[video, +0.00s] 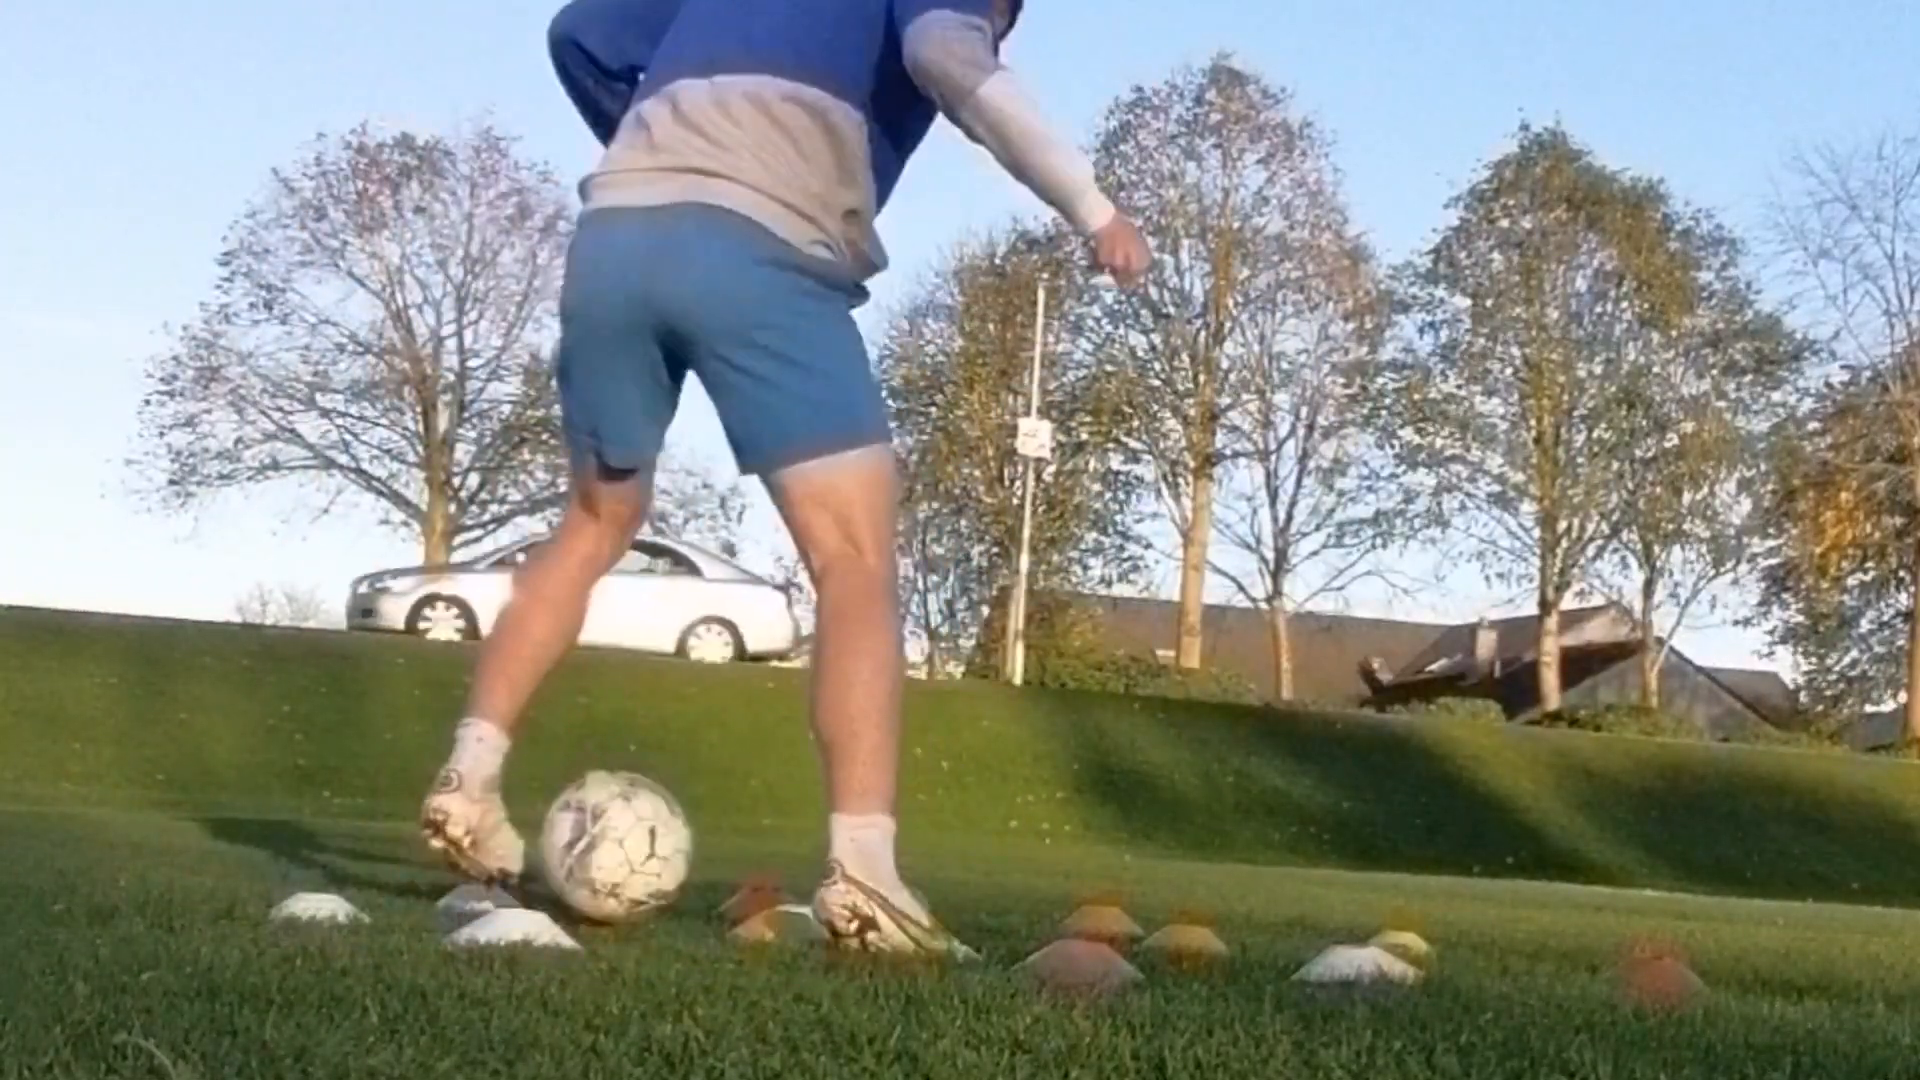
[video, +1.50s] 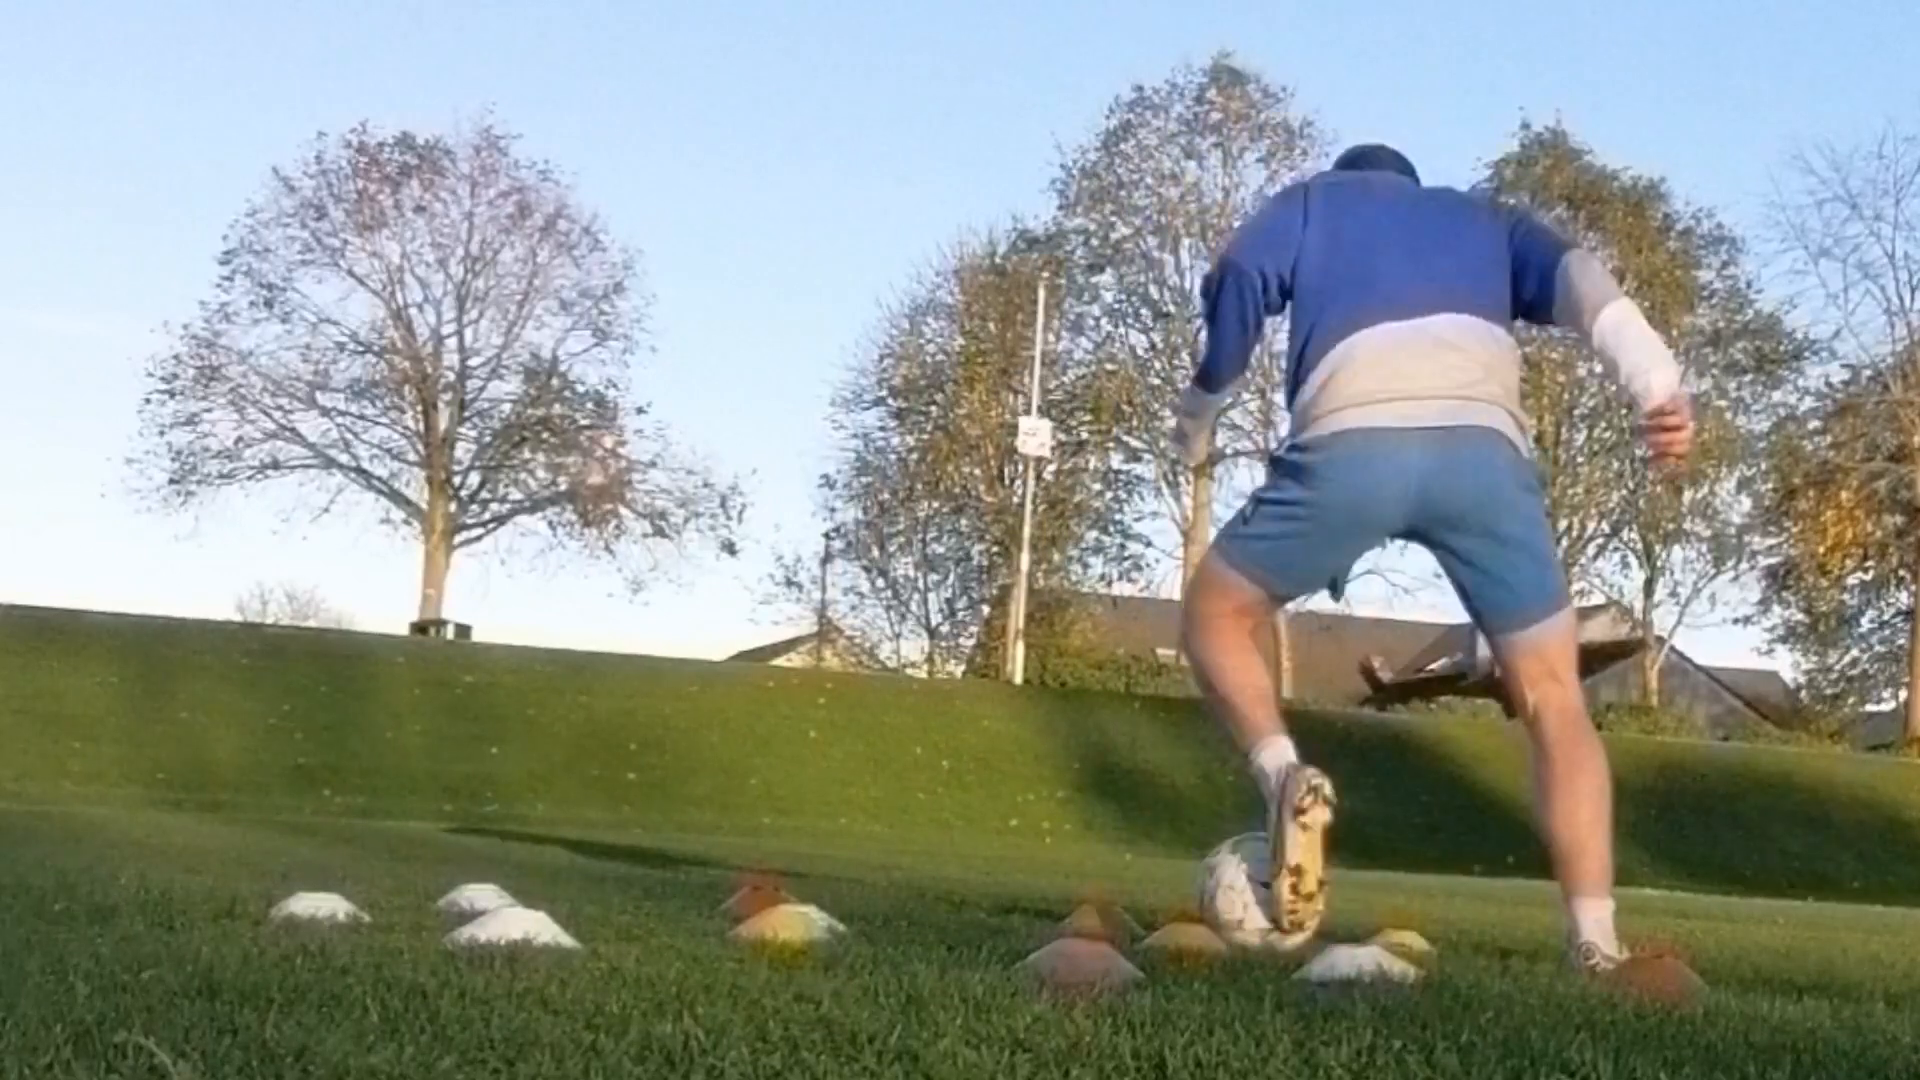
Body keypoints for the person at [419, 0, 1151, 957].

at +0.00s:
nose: (1002, 39)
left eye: (1008, 27)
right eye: (1004, 21)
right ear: (978, 6)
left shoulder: (719, 8)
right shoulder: (935, 5)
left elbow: (578, 34)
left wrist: (662, 155)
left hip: (611, 240)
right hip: (760, 252)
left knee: (594, 513)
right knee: (852, 557)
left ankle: (466, 782)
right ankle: (865, 875)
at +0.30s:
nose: (925, 55)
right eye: (921, 39)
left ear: (809, 16)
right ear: (889, 23)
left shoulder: (698, 68)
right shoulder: (876, 21)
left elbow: (566, 154)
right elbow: (901, 72)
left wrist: (595, 320)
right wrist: (992, 193)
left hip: (613, 327)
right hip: (737, 334)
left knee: (576, 601)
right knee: (852, 598)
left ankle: (424, 861)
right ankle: (676, 839)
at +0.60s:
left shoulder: (841, 16)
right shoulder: (1029, 4)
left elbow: (768, 128)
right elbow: (1027, 98)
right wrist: (1092, 227)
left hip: (792, 296)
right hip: (922, 289)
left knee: (750, 574)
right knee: (1055, 534)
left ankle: (652, 821)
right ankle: (994, 792)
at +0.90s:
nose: (1230, 55)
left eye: (1230, 47)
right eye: (1232, 44)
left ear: (1145, 13)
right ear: (1206, 24)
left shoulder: (1015, 60)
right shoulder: (1212, 50)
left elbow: (942, 120)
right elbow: (1294, 186)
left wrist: (986, 272)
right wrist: (1315, 268)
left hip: (985, 351)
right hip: (1098, 355)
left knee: (1067, 590)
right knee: (1170, 607)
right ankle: (1002, 786)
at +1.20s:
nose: (1390, 126)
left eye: (1384, 118)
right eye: (1384, 114)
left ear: (1291, 95)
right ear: (1358, 96)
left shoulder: (1205, 159)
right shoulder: (1351, 103)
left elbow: (1120, 310)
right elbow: (1446, 162)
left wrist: (1212, 365)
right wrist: (1522, 296)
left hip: (1178, 406)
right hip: (1299, 385)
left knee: (1196, 644)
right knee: (1449, 505)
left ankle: (1128, 892)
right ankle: (1348, 696)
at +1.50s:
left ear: (1334, 177)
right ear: (1415, 183)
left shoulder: (1302, 203)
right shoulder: (1484, 215)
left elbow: (1242, 272)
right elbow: (1585, 276)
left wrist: (1198, 407)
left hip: (1348, 454)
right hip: (1484, 455)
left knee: (1217, 611)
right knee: (1554, 697)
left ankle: (1284, 780)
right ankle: (1597, 945)